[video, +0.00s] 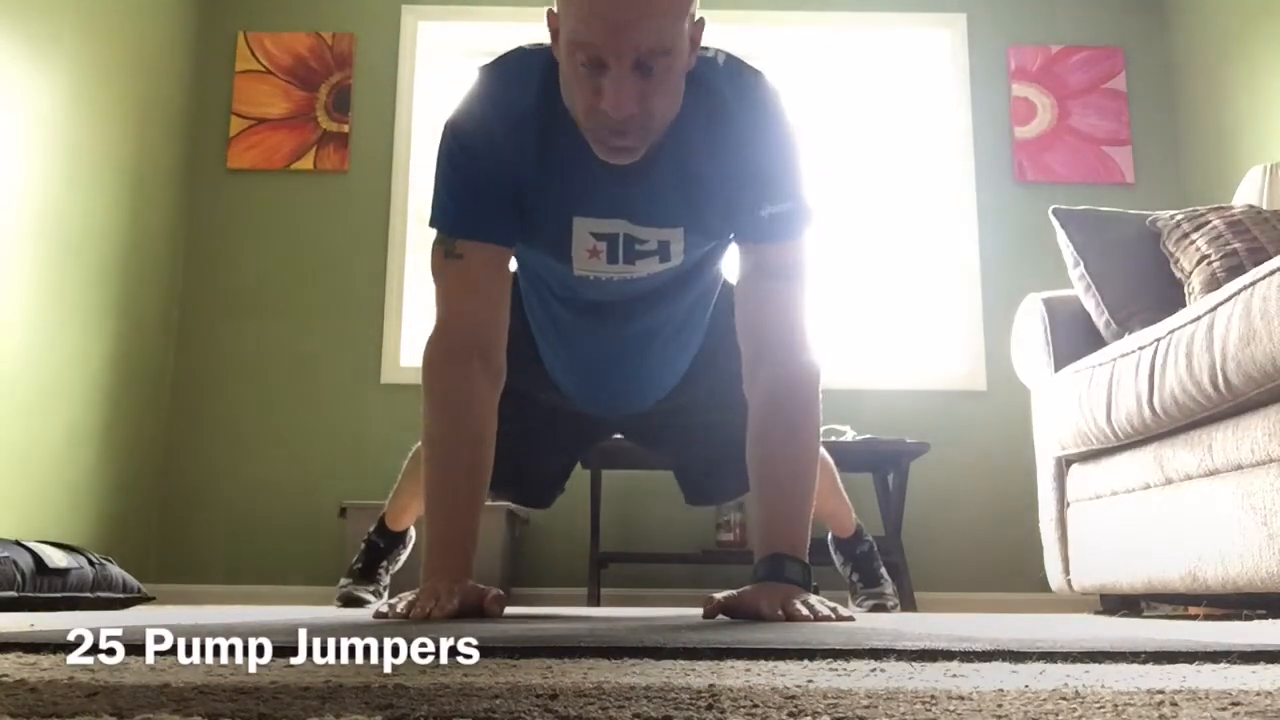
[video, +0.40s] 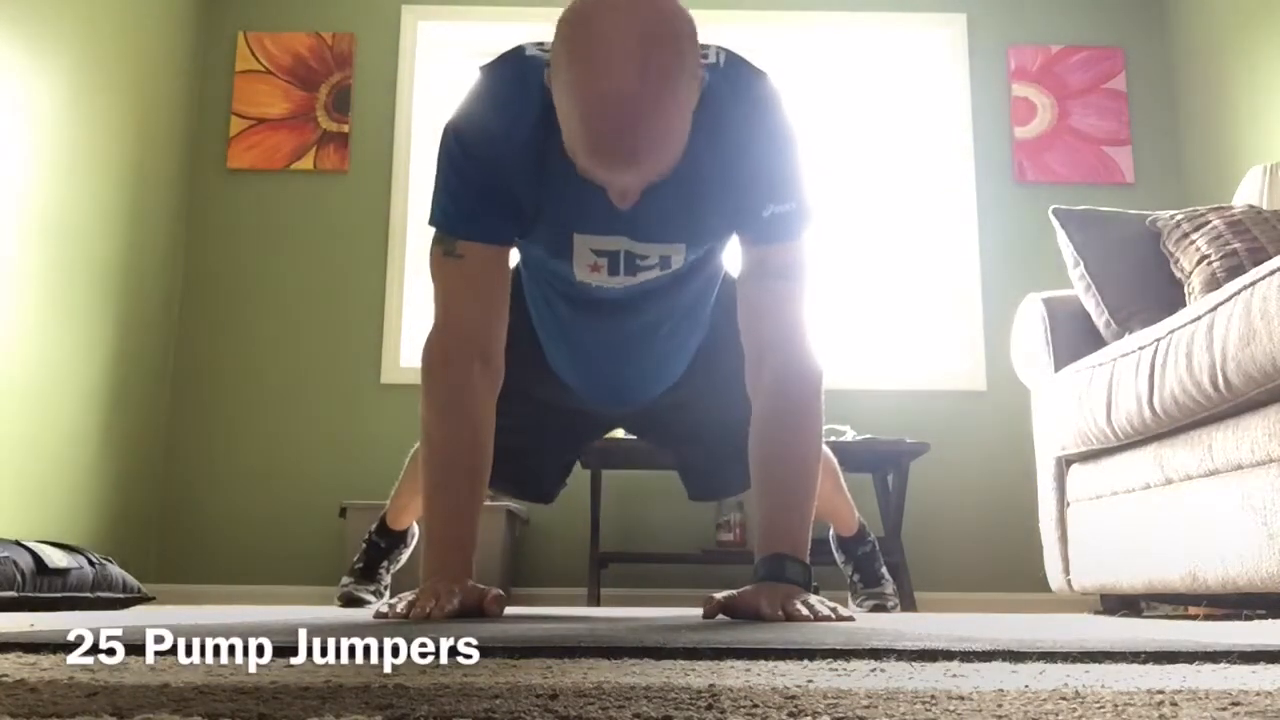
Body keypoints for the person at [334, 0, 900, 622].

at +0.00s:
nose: (618, 101)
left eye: (651, 65)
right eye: (591, 63)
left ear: (694, 42)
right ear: (554, 36)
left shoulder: (743, 110)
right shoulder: (499, 110)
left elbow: (780, 359)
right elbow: (462, 351)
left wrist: (782, 575)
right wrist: (444, 581)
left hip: (690, 336)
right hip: (541, 335)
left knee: (789, 455)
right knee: (450, 450)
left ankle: (856, 550)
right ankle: (384, 543)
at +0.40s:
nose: (624, 197)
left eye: (646, 177)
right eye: (599, 177)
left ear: (696, 83)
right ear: (555, 90)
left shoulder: (747, 113)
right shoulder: (495, 118)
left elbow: (783, 362)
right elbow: (462, 355)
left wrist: (783, 576)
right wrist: (445, 582)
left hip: (693, 328)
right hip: (544, 326)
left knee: (793, 452)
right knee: (451, 449)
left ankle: (860, 547)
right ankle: (386, 545)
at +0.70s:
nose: (623, 238)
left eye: (644, 225)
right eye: (600, 225)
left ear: (694, 139)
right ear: (552, 142)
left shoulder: (743, 122)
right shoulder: (496, 126)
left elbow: (782, 366)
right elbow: (463, 356)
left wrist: (779, 572)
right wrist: (448, 578)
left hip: (692, 329)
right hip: (539, 327)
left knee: (786, 438)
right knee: (455, 423)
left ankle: (858, 542)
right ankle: (387, 533)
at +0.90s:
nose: (620, 289)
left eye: (645, 276)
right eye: (597, 274)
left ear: (693, 168)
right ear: (551, 171)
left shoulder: (742, 127)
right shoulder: (495, 134)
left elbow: (783, 372)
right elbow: (463, 359)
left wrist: (781, 573)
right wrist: (448, 575)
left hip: (694, 319)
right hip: (537, 314)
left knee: (787, 433)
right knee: (455, 423)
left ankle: (857, 548)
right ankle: (386, 537)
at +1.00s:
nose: (620, 294)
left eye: (645, 280)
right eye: (598, 279)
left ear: (694, 176)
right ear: (550, 180)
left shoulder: (743, 130)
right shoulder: (494, 138)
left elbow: (783, 371)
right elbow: (462, 359)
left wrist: (780, 573)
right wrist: (448, 575)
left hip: (694, 313)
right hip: (537, 308)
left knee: (788, 434)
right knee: (456, 422)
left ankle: (857, 546)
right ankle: (386, 537)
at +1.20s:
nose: (624, 300)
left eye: (647, 287)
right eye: (601, 288)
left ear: (693, 184)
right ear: (547, 195)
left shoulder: (742, 127)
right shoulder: (493, 143)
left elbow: (786, 374)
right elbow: (461, 363)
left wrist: (780, 574)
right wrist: (447, 577)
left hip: (697, 317)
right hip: (536, 312)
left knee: (789, 430)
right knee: (456, 419)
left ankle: (857, 548)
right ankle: (385, 539)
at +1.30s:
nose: (625, 299)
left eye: (648, 285)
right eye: (603, 287)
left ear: (693, 180)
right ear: (546, 191)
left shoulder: (742, 126)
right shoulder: (494, 139)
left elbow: (786, 375)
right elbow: (461, 362)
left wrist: (780, 574)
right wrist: (447, 577)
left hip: (697, 317)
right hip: (537, 312)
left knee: (790, 432)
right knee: (456, 419)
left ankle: (857, 549)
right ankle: (385, 539)